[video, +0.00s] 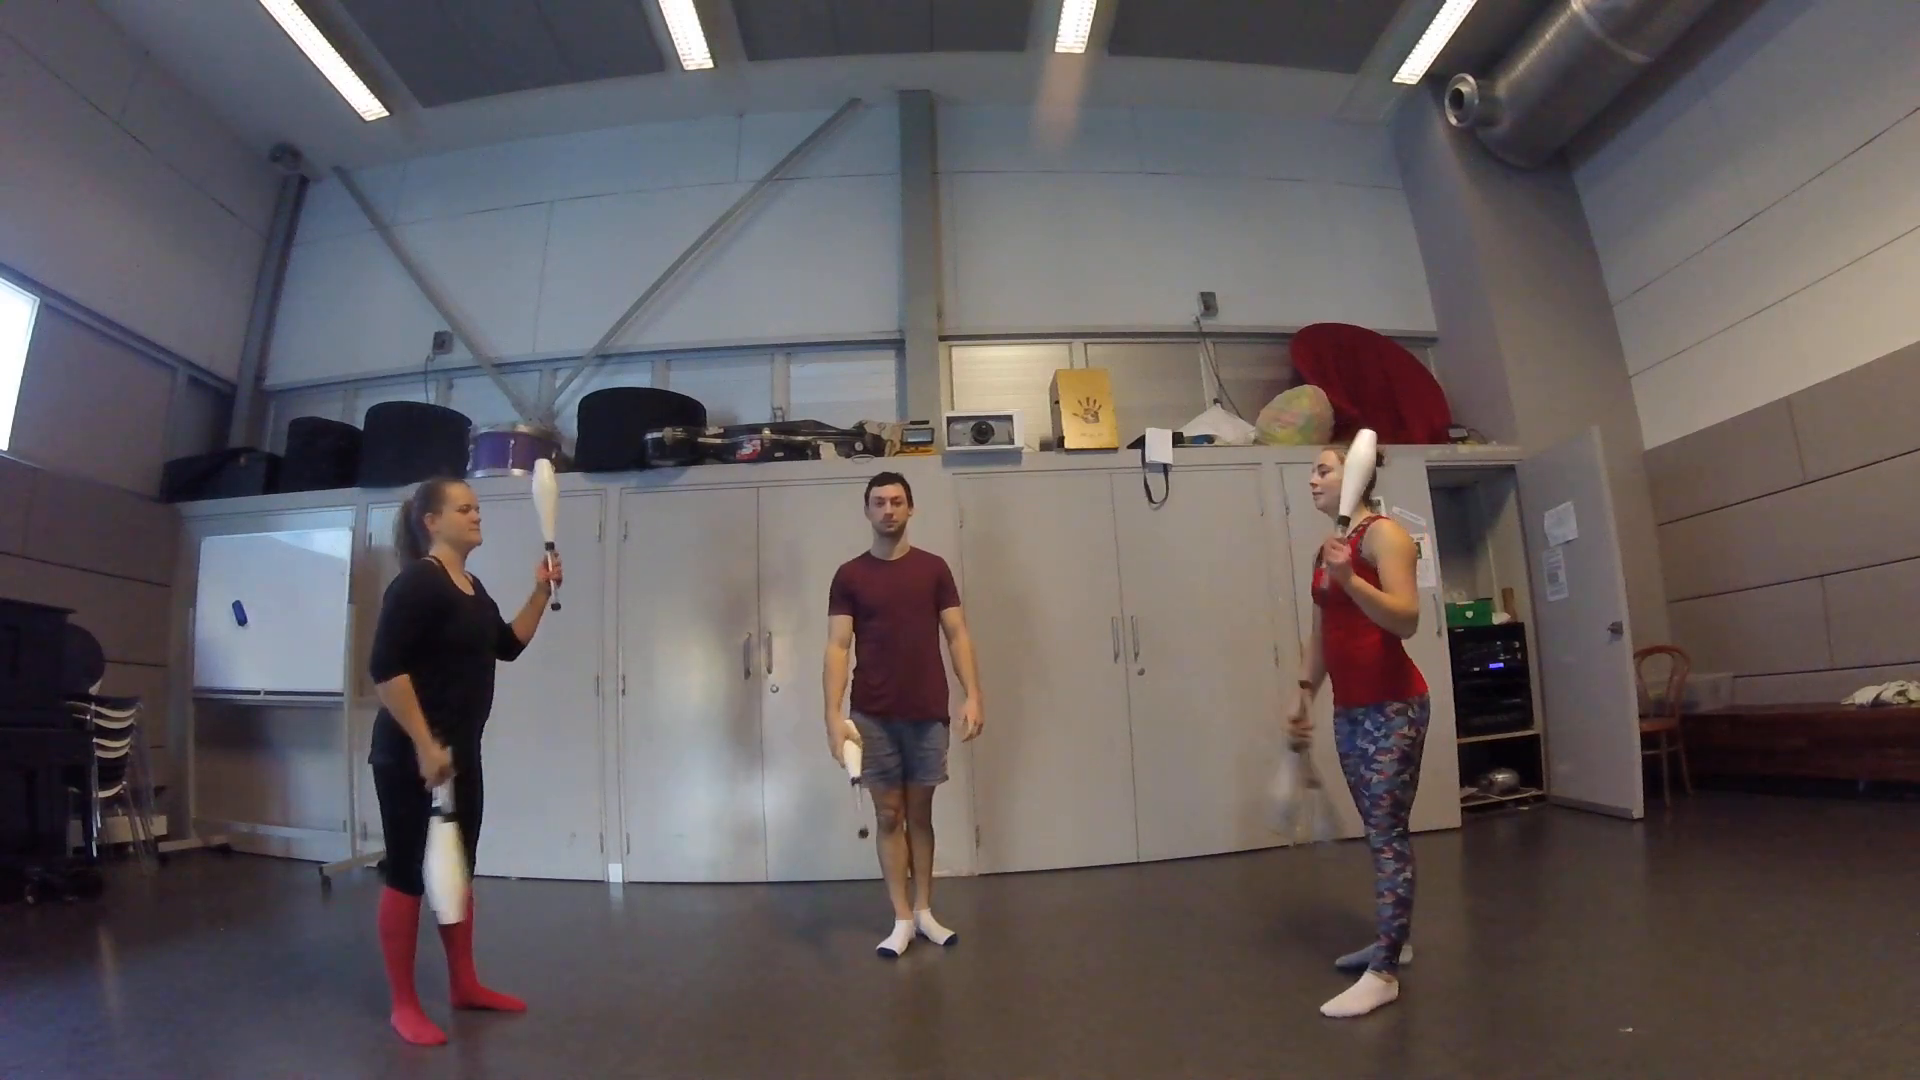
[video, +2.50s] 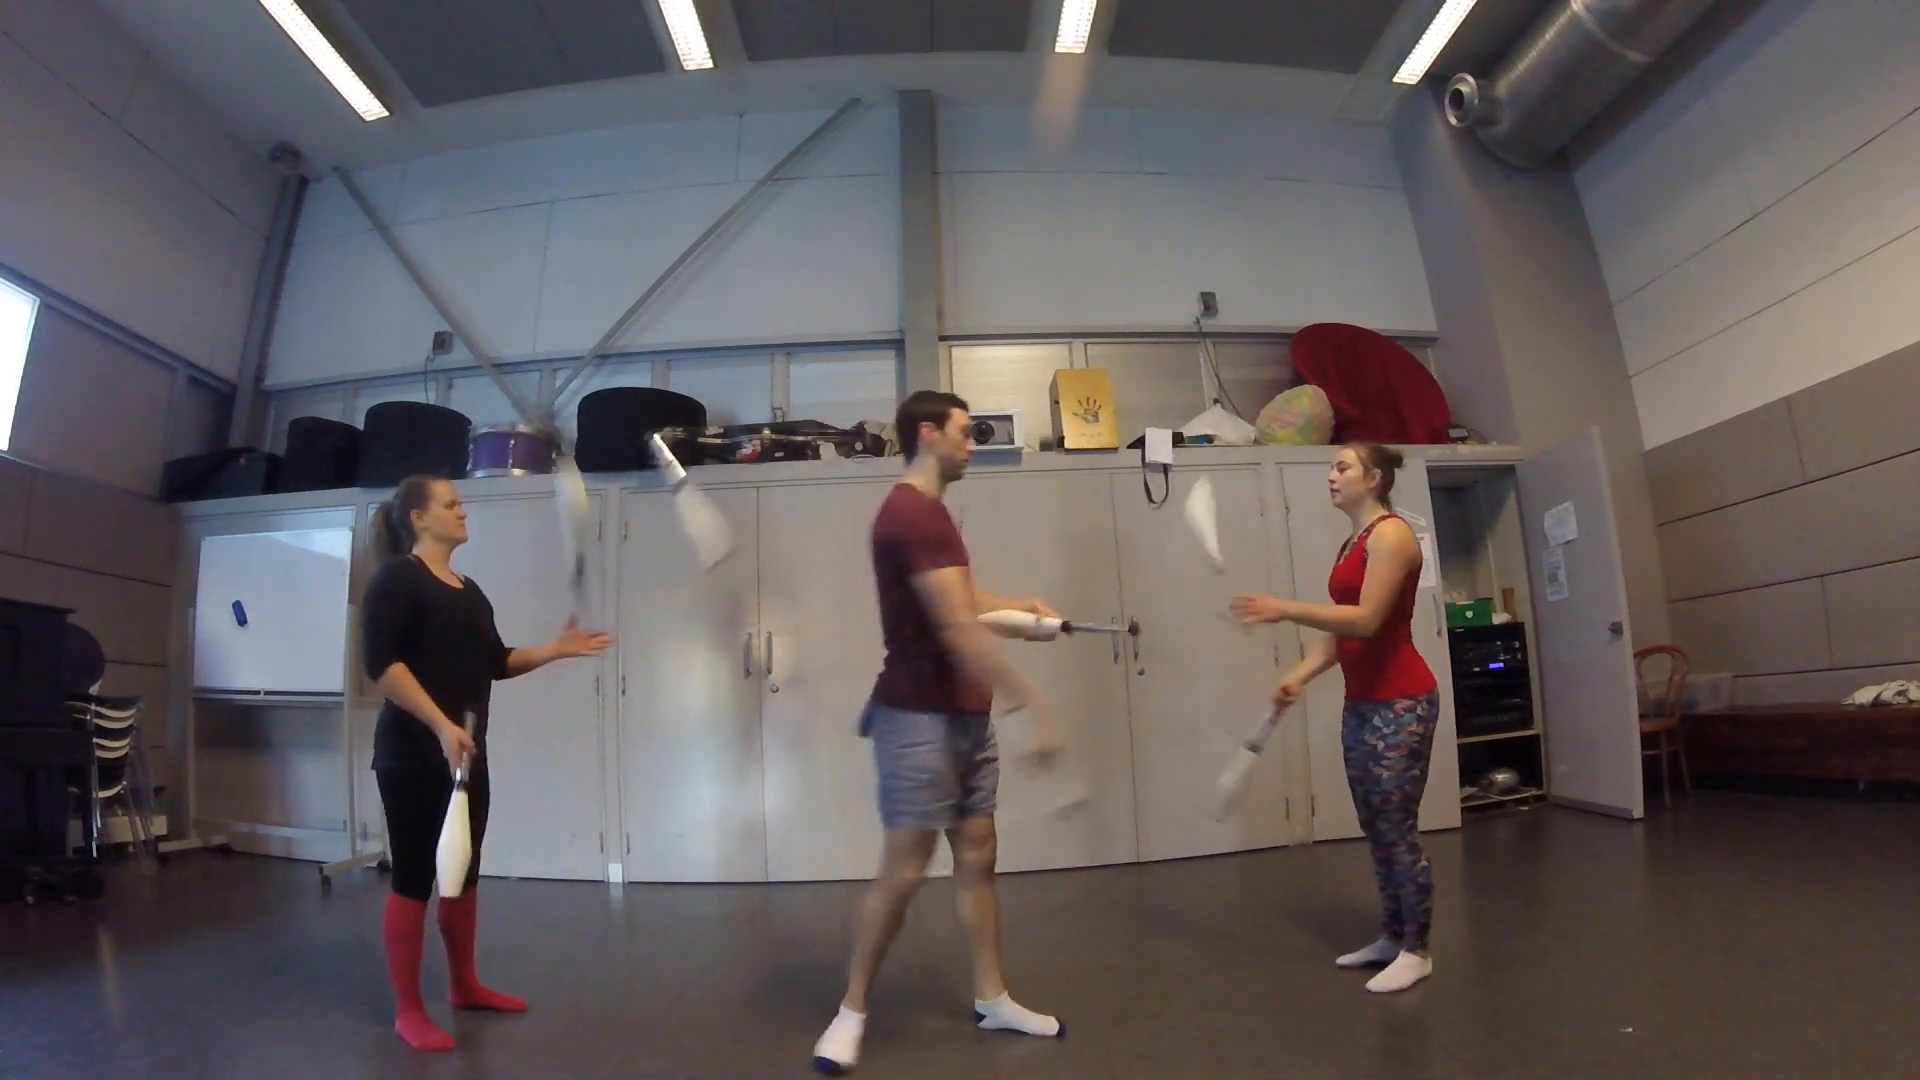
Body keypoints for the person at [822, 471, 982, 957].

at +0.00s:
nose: (888, 509)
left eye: (896, 502)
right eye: (880, 503)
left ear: (910, 510)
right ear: (867, 512)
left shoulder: (934, 568)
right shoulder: (850, 576)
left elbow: (957, 633)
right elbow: (838, 647)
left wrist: (973, 694)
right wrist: (834, 716)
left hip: (927, 712)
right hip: (872, 714)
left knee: (920, 816)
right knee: (889, 817)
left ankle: (924, 912)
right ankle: (903, 920)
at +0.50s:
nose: (886, 500)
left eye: (895, 494)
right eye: (877, 494)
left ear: (909, 507)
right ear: (864, 507)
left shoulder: (932, 568)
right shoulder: (844, 574)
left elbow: (953, 641)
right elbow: (831, 651)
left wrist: (968, 710)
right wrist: (821, 726)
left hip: (931, 717)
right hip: (871, 721)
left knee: (939, 825)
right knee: (886, 826)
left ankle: (939, 937)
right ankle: (899, 921)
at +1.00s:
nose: (885, 472)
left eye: (896, 463)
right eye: (883, 464)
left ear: (930, 473)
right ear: (887, 476)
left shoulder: (966, 548)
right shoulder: (866, 551)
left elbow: (992, 631)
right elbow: (846, 634)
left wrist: (1007, 713)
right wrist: (832, 713)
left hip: (952, 719)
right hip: (882, 722)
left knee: (961, 847)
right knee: (874, 852)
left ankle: (968, 976)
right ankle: (908, 925)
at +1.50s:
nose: (831, 453)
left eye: (842, 442)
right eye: (832, 443)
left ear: (882, 446)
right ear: (858, 451)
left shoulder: (931, 517)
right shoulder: (827, 535)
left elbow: (923, 607)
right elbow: (813, 632)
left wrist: (837, 638)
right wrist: (786, 716)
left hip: (926, 716)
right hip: (849, 722)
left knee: (964, 855)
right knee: (849, 865)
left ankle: (971, 973)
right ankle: (845, 1015)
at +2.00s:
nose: (798, 452)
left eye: (804, 439)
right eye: (797, 441)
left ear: (842, 434)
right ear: (839, 436)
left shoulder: (883, 499)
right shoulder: (838, 521)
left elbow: (772, 554)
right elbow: (821, 635)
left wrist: (671, 586)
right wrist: (781, 716)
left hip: (912, 710)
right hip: (841, 720)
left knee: (969, 855)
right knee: (851, 870)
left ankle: (1015, 982)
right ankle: (849, 1015)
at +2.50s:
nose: (974, 445)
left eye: (973, 434)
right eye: (966, 433)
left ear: (932, 435)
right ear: (928, 435)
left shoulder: (934, 513)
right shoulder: (907, 514)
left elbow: (957, 604)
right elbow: (959, 629)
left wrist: (1018, 613)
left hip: (966, 710)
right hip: (915, 715)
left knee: (977, 858)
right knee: (904, 869)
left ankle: (991, 999)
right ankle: (852, 1010)